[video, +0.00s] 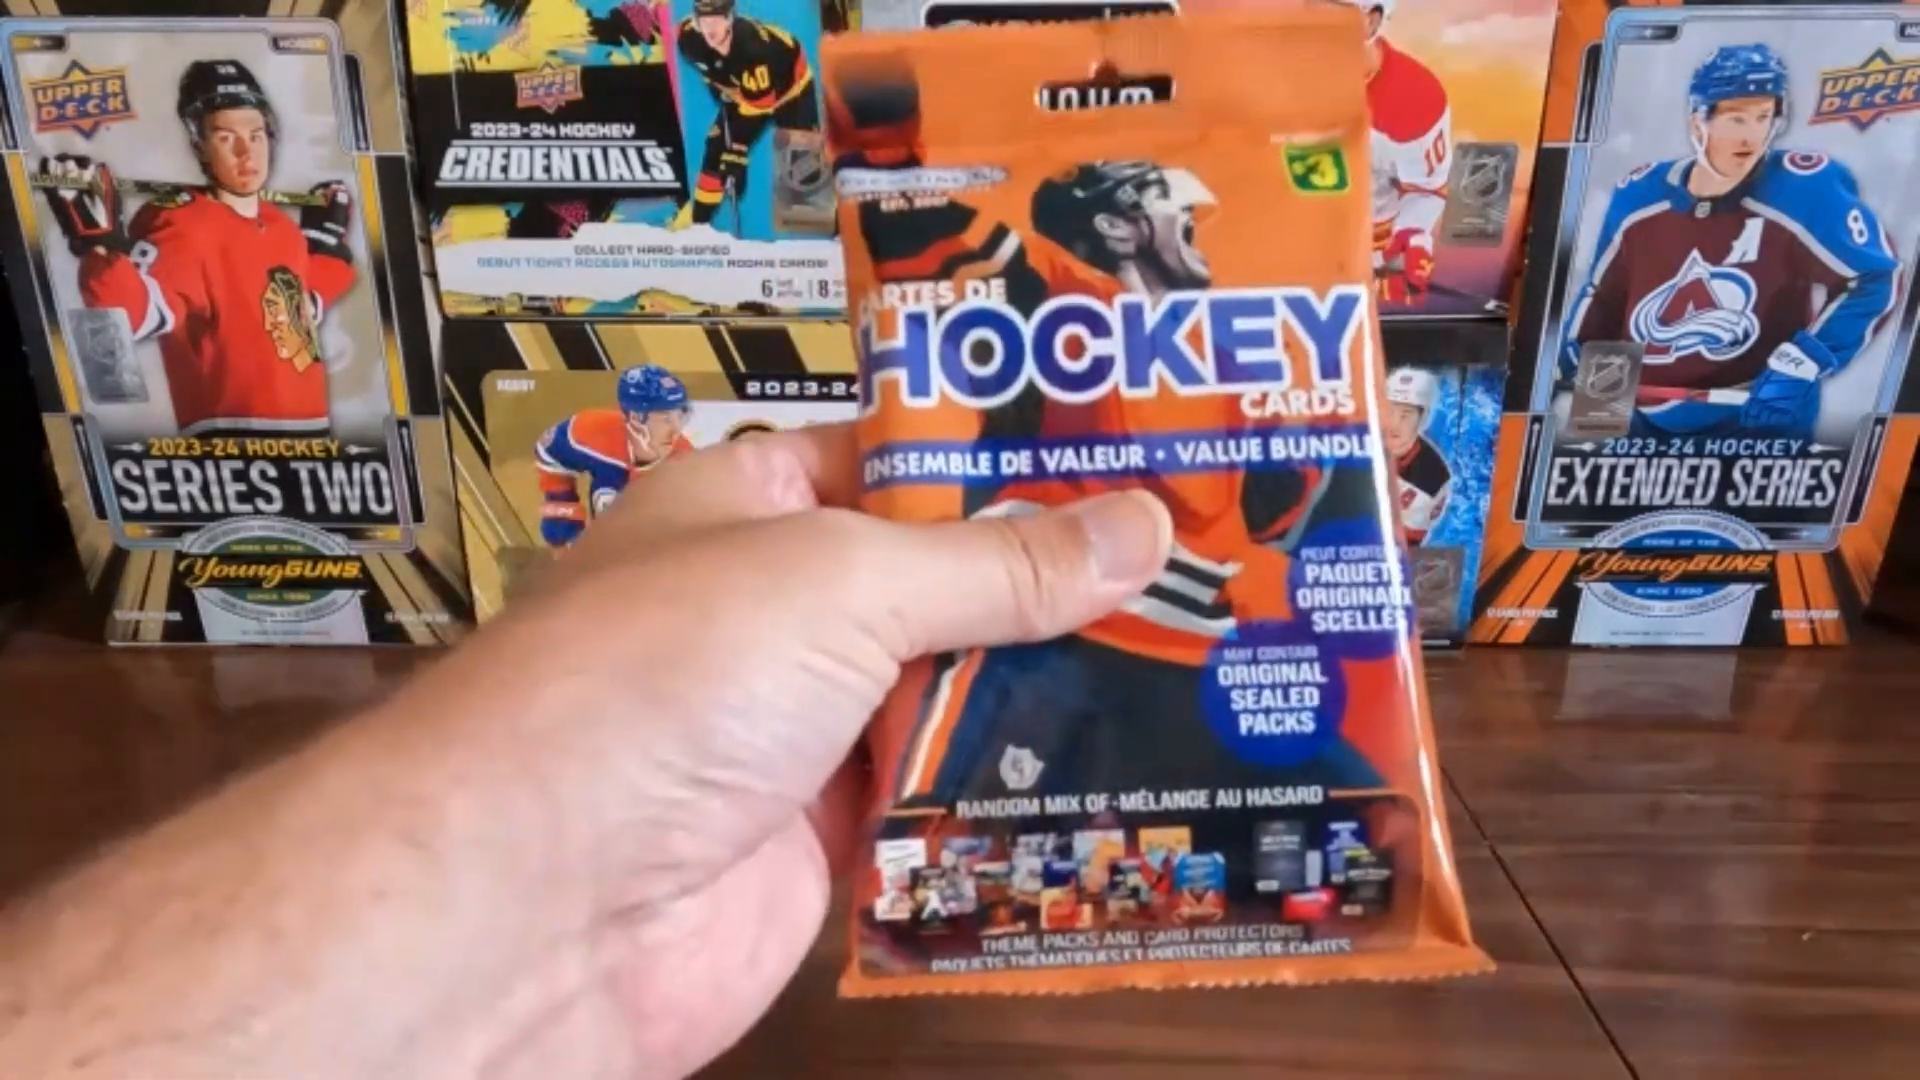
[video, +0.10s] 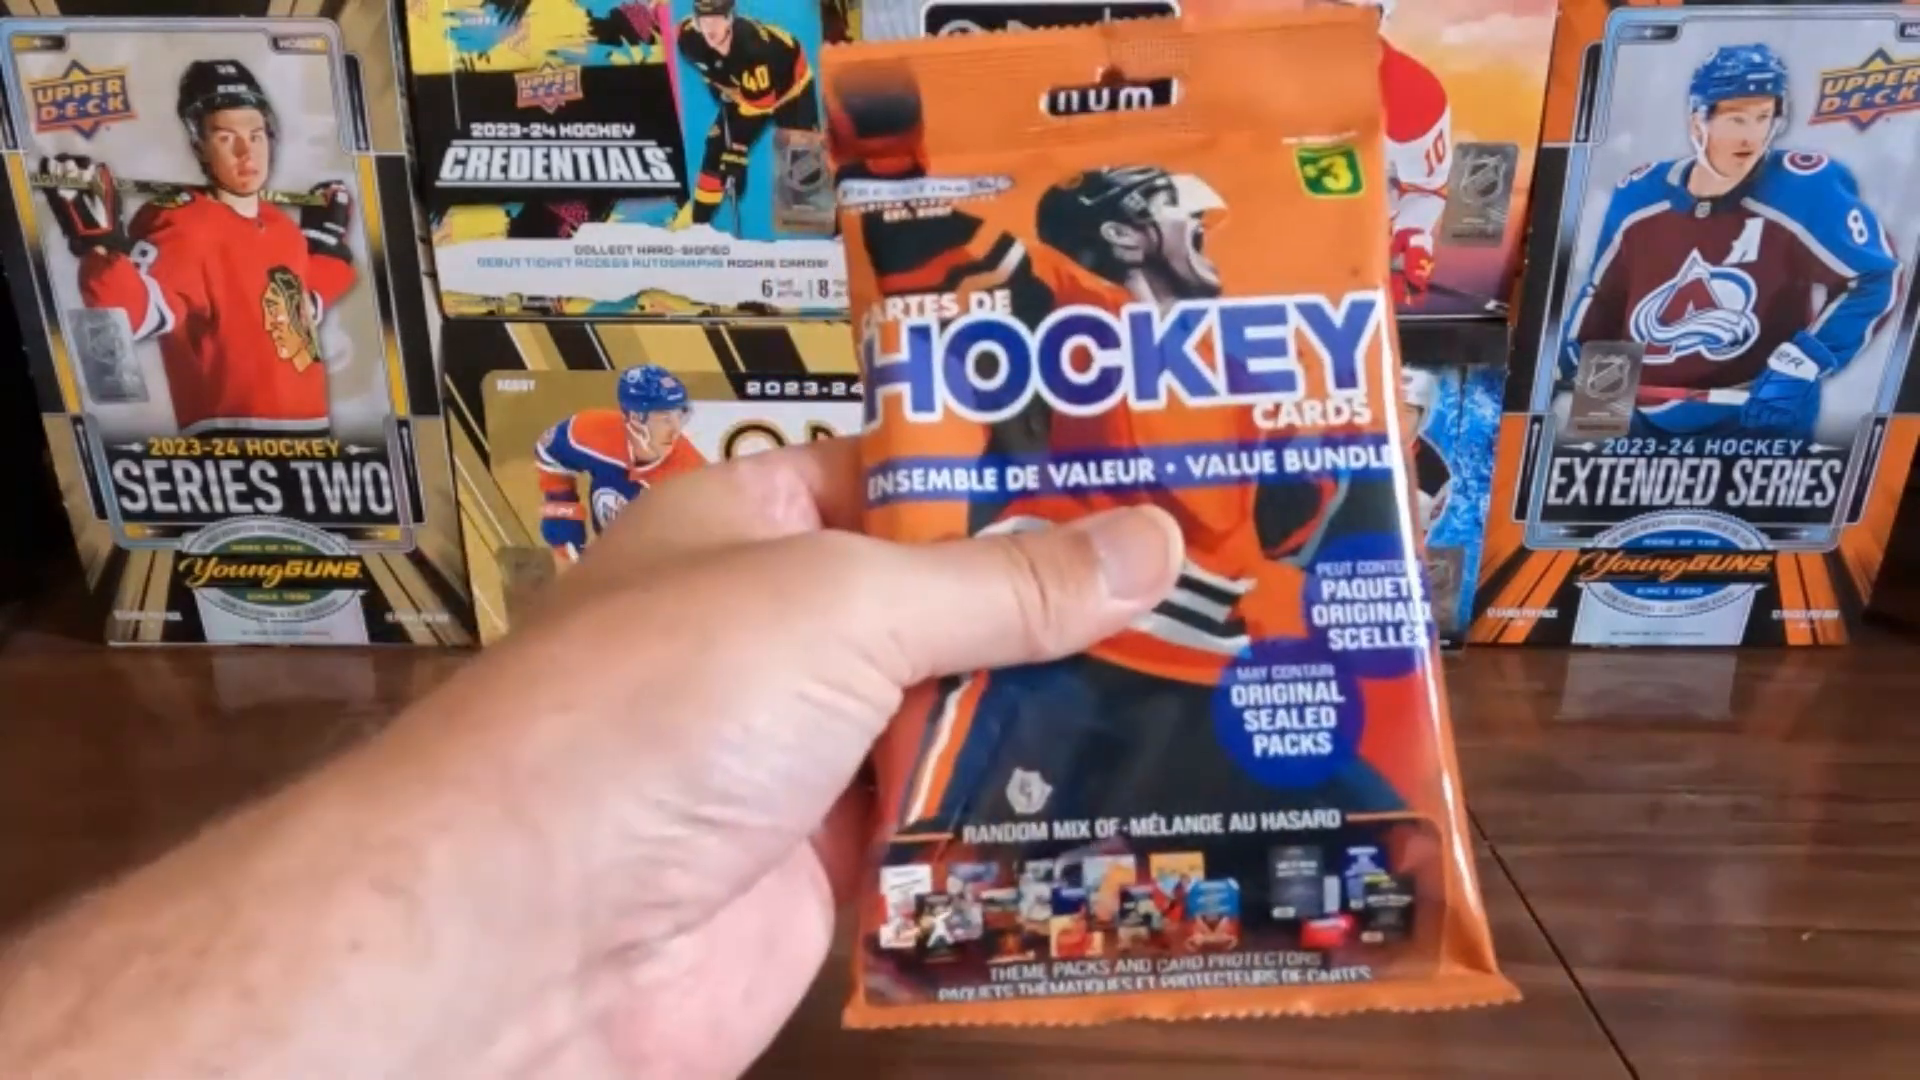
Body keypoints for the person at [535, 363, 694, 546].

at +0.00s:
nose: (675, 430)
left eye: (679, 416)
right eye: (665, 418)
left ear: (685, 415)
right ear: (636, 419)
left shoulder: (682, 454)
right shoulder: (600, 435)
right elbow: (549, 452)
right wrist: (561, 507)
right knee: (564, 528)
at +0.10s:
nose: (676, 429)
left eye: (679, 418)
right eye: (665, 420)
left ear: (684, 415)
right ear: (635, 420)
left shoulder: (692, 473)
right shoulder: (591, 433)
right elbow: (550, 453)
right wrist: (565, 532)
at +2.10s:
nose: (676, 430)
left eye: (679, 419)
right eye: (665, 420)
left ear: (685, 416)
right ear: (634, 420)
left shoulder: (694, 475)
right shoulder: (592, 431)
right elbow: (549, 454)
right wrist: (564, 519)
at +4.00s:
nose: (676, 429)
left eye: (679, 416)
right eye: (664, 418)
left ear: (685, 416)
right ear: (635, 420)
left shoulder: (692, 476)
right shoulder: (593, 432)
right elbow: (550, 453)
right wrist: (563, 516)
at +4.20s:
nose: (676, 429)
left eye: (679, 418)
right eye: (665, 419)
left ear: (685, 417)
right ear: (636, 419)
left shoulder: (693, 477)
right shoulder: (594, 433)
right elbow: (550, 452)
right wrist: (561, 512)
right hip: (606, 565)